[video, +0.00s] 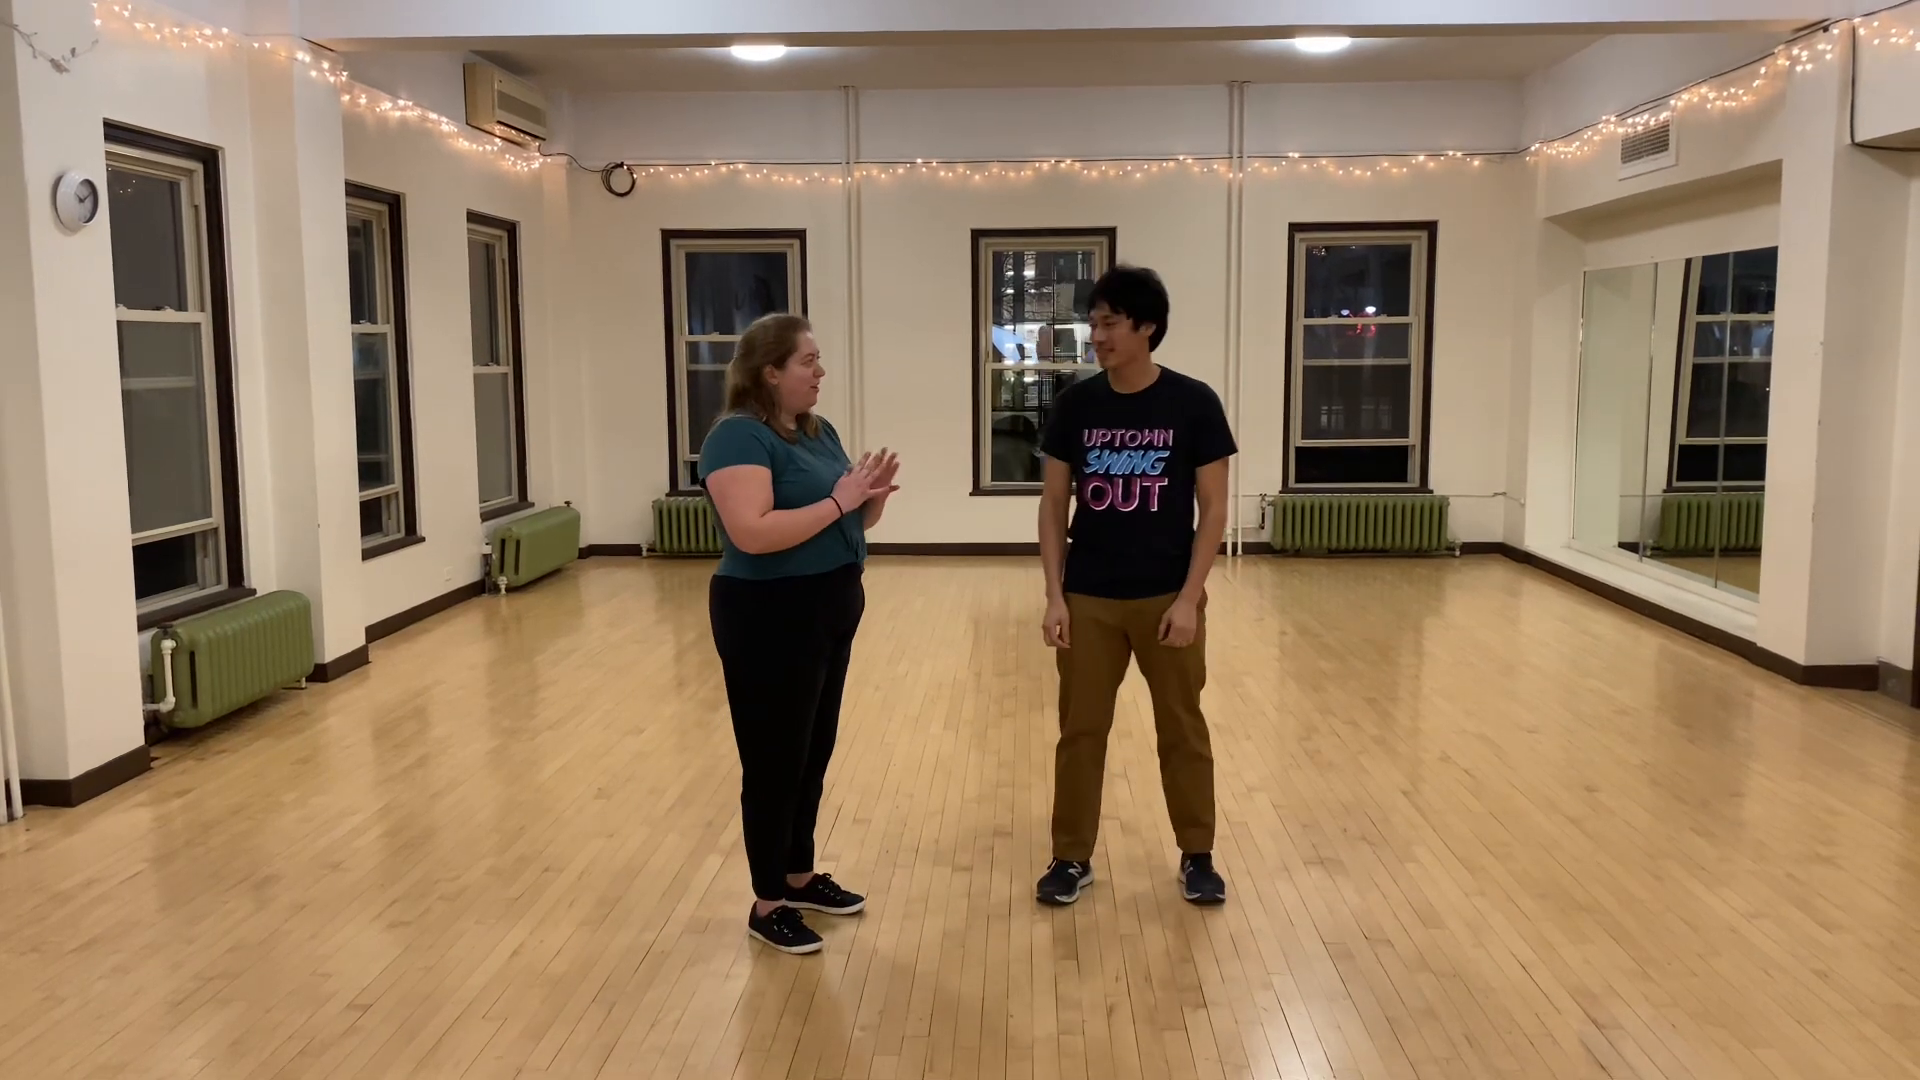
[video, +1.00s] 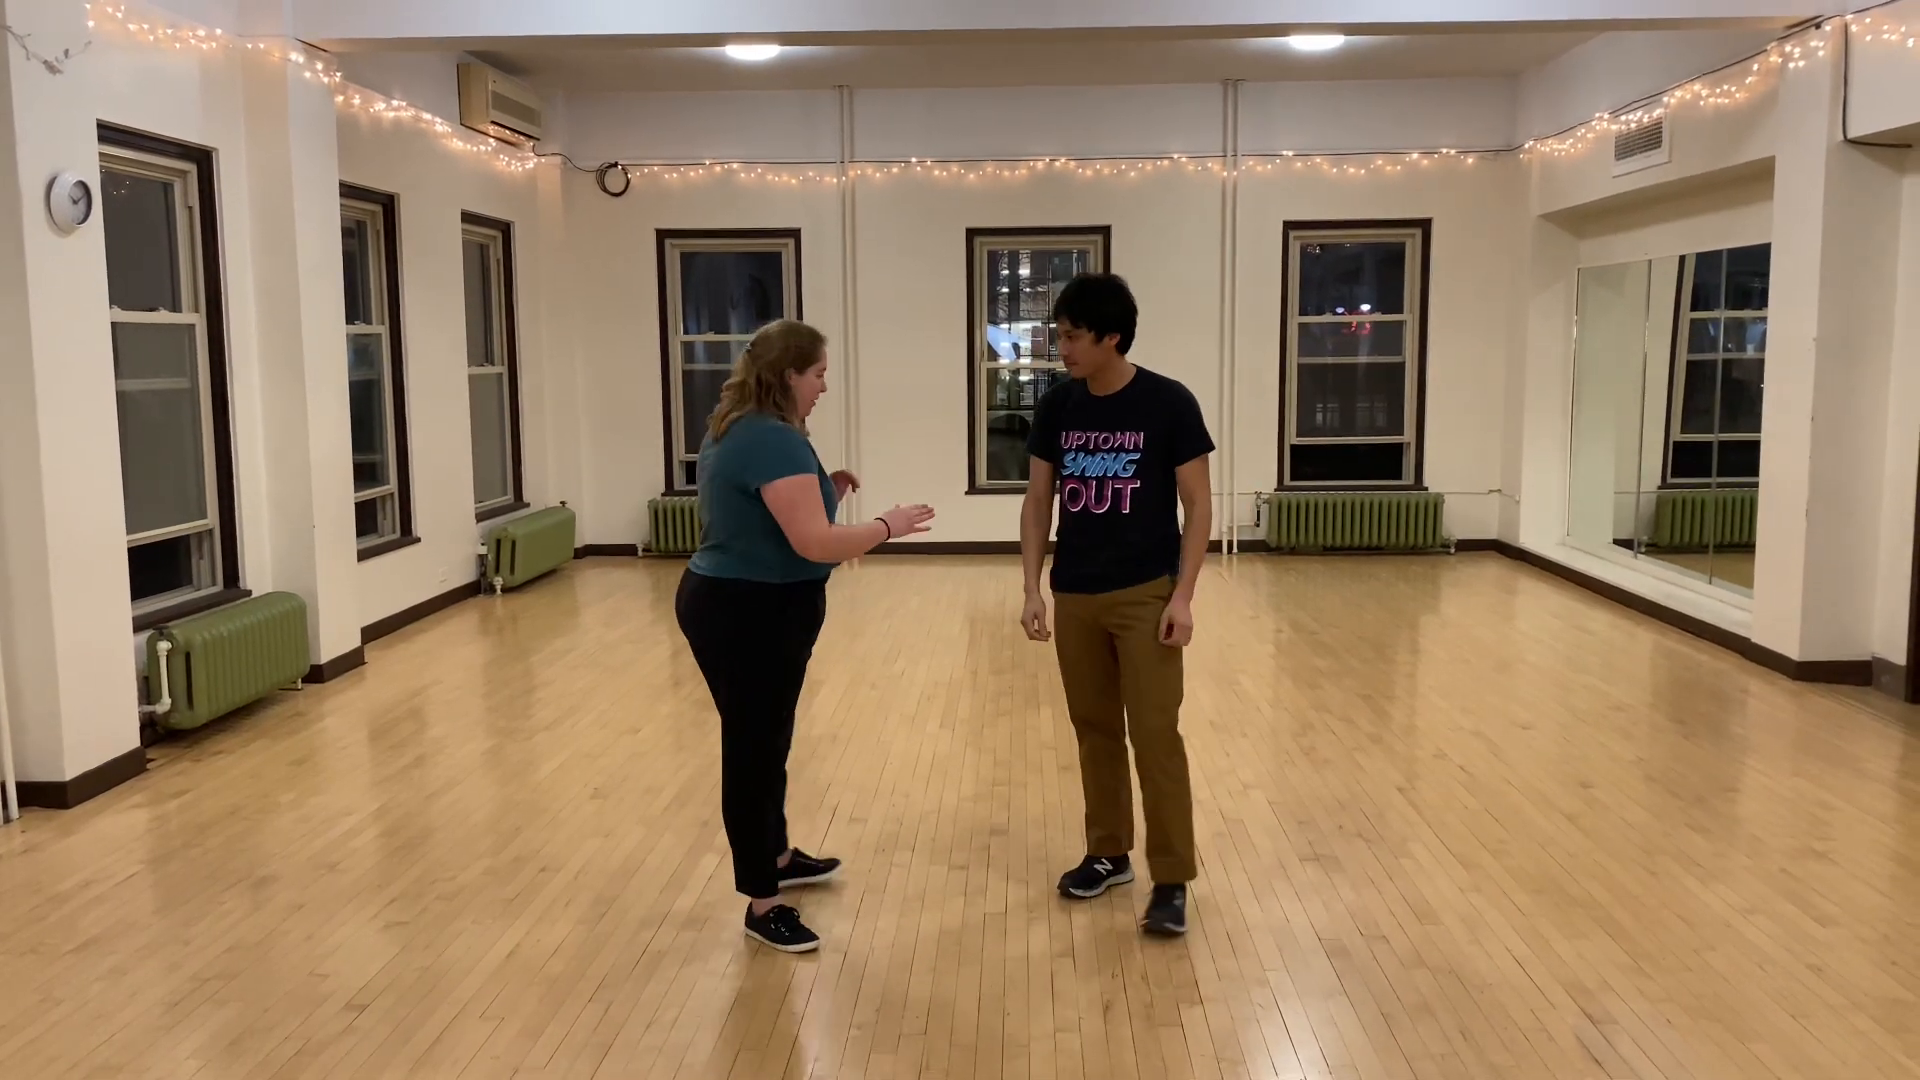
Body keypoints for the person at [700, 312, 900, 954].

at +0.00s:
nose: (820, 372)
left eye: (819, 361)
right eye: (808, 362)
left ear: (806, 372)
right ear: (769, 372)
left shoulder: (820, 434)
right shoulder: (735, 438)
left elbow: (850, 528)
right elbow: (751, 534)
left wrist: (872, 500)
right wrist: (836, 503)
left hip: (824, 608)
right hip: (762, 614)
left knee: (812, 750)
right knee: (773, 757)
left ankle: (797, 877)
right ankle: (767, 904)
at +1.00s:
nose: (824, 386)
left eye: (824, 375)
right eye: (817, 374)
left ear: (778, 374)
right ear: (786, 376)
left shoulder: (744, 430)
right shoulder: (771, 440)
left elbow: (764, 519)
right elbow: (816, 543)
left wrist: (826, 492)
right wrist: (886, 526)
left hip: (750, 604)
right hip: (748, 613)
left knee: (768, 740)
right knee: (752, 750)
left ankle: (776, 855)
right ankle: (760, 903)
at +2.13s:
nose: (801, 374)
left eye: (799, 363)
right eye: (795, 364)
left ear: (739, 368)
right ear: (766, 368)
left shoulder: (699, 425)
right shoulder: (781, 427)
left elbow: (713, 506)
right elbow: (829, 517)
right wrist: (903, 559)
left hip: (702, 584)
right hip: (770, 589)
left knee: (716, 719)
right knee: (769, 724)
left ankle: (722, 851)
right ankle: (772, 860)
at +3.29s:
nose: (790, 368)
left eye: (787, 357)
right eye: (782, 359)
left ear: (729, 368)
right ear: (752, 367)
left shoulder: (685, 427)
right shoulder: (780, 428)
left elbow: (669, 503)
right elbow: (857, 494)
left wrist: (731, 490)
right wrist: (919, 488)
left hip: (694, 587)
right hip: (769, 587)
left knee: (728, 717)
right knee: (767, 723)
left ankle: (713, 844)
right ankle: (762, 862)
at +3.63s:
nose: (756, 370)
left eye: (755, 359)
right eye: (746, 361)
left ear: (707, 373)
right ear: (712, 370)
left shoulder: (676, 423)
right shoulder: (719, 431)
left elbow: (690, 492)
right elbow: (783, 518)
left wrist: (748, 453)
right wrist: (862, 542)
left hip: (669, 584)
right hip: (715, 589)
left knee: (696, 711)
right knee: (755, 718)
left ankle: (676, 834)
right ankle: (764, 860)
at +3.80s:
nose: (727, 371)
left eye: (728, 361)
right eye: (715, 361)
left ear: (721, 369)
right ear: (679, 368)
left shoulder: (705, 427)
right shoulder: (656, 431)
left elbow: (729, 492)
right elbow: (704, 512)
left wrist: (771, 468)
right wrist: (800, 528)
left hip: (701, 585)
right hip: (657, 587)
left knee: (689, 703)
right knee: (721, 697)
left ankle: (678, 833)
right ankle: (703, 840)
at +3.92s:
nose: (702, 372)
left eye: (703, 362)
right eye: (690, 363)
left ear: (701, 370)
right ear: (654, 369)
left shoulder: (717, 431)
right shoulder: (618, 433)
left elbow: (753, 512)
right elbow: (652, 509)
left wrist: (762, 480)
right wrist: (743, 525)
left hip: (703, 585)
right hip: (631, 586)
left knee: (705, 712)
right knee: (663, 713)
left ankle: (683, 834)